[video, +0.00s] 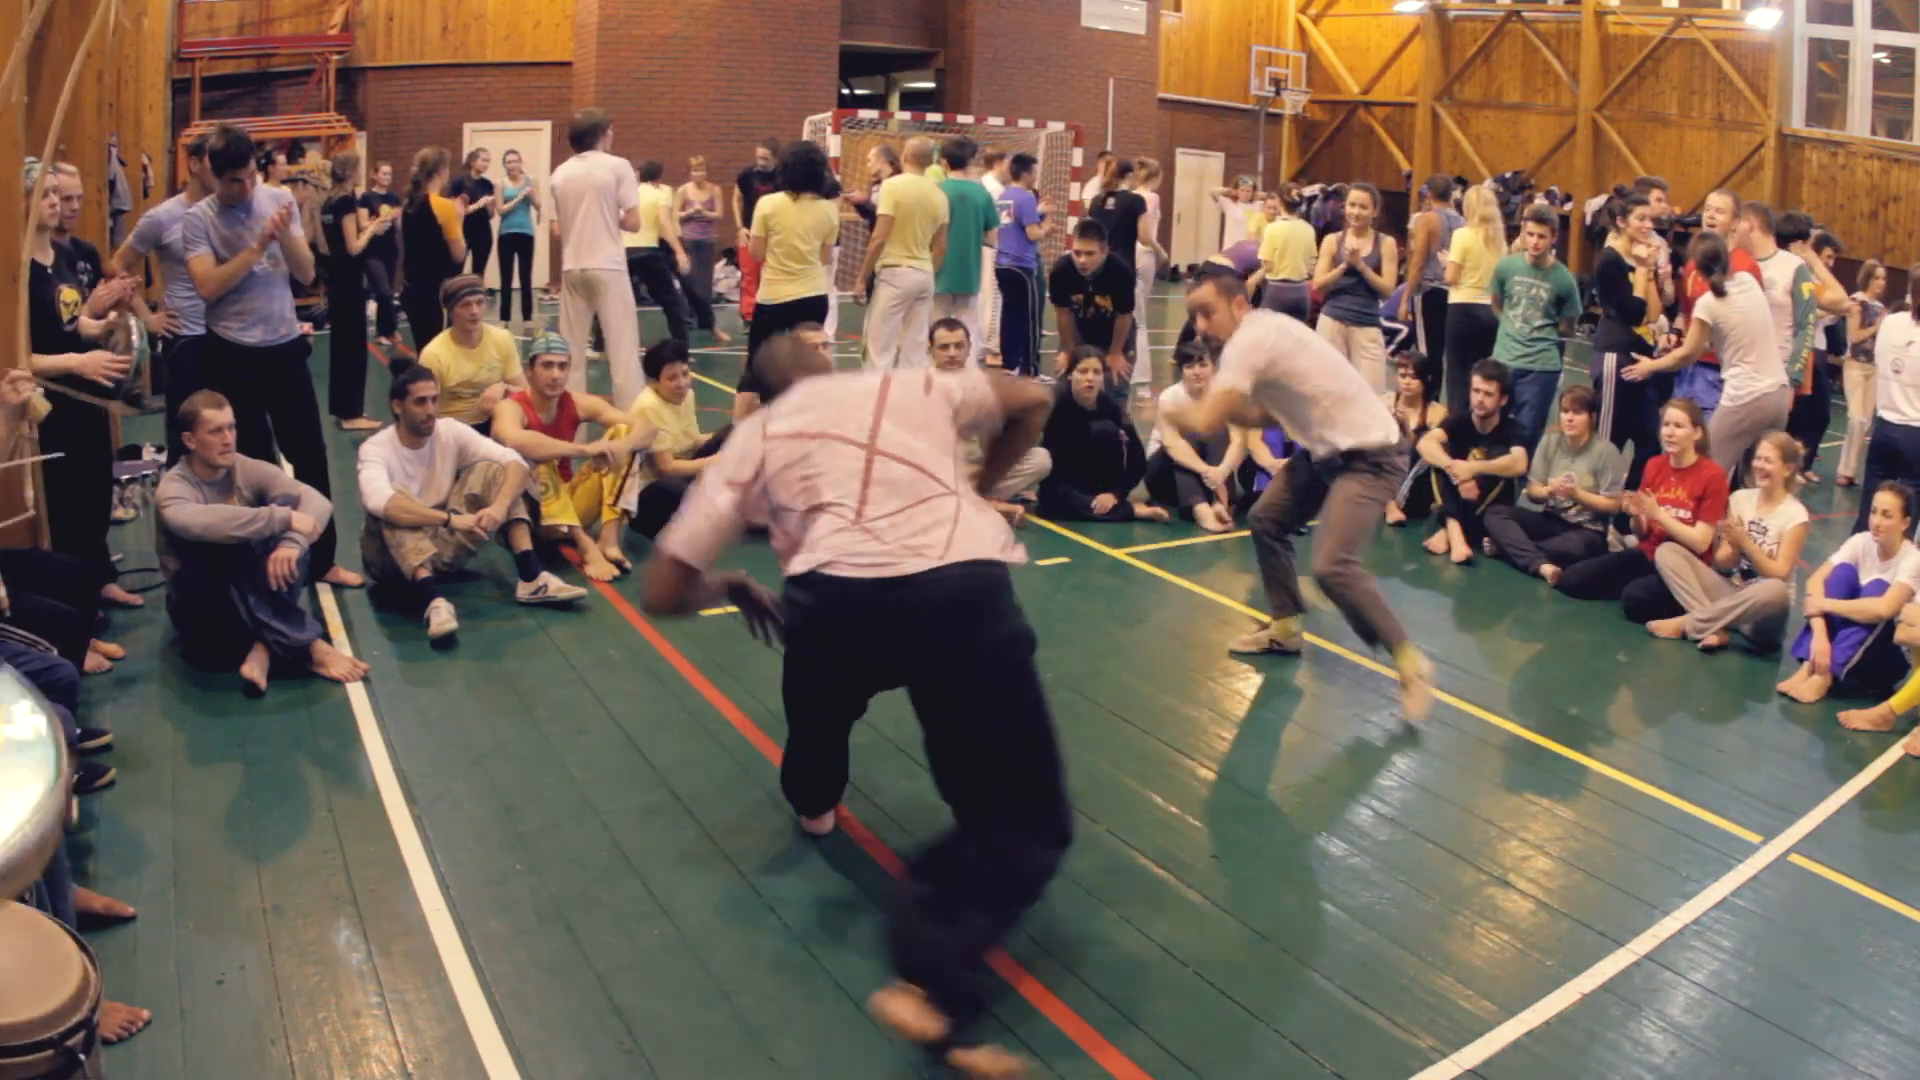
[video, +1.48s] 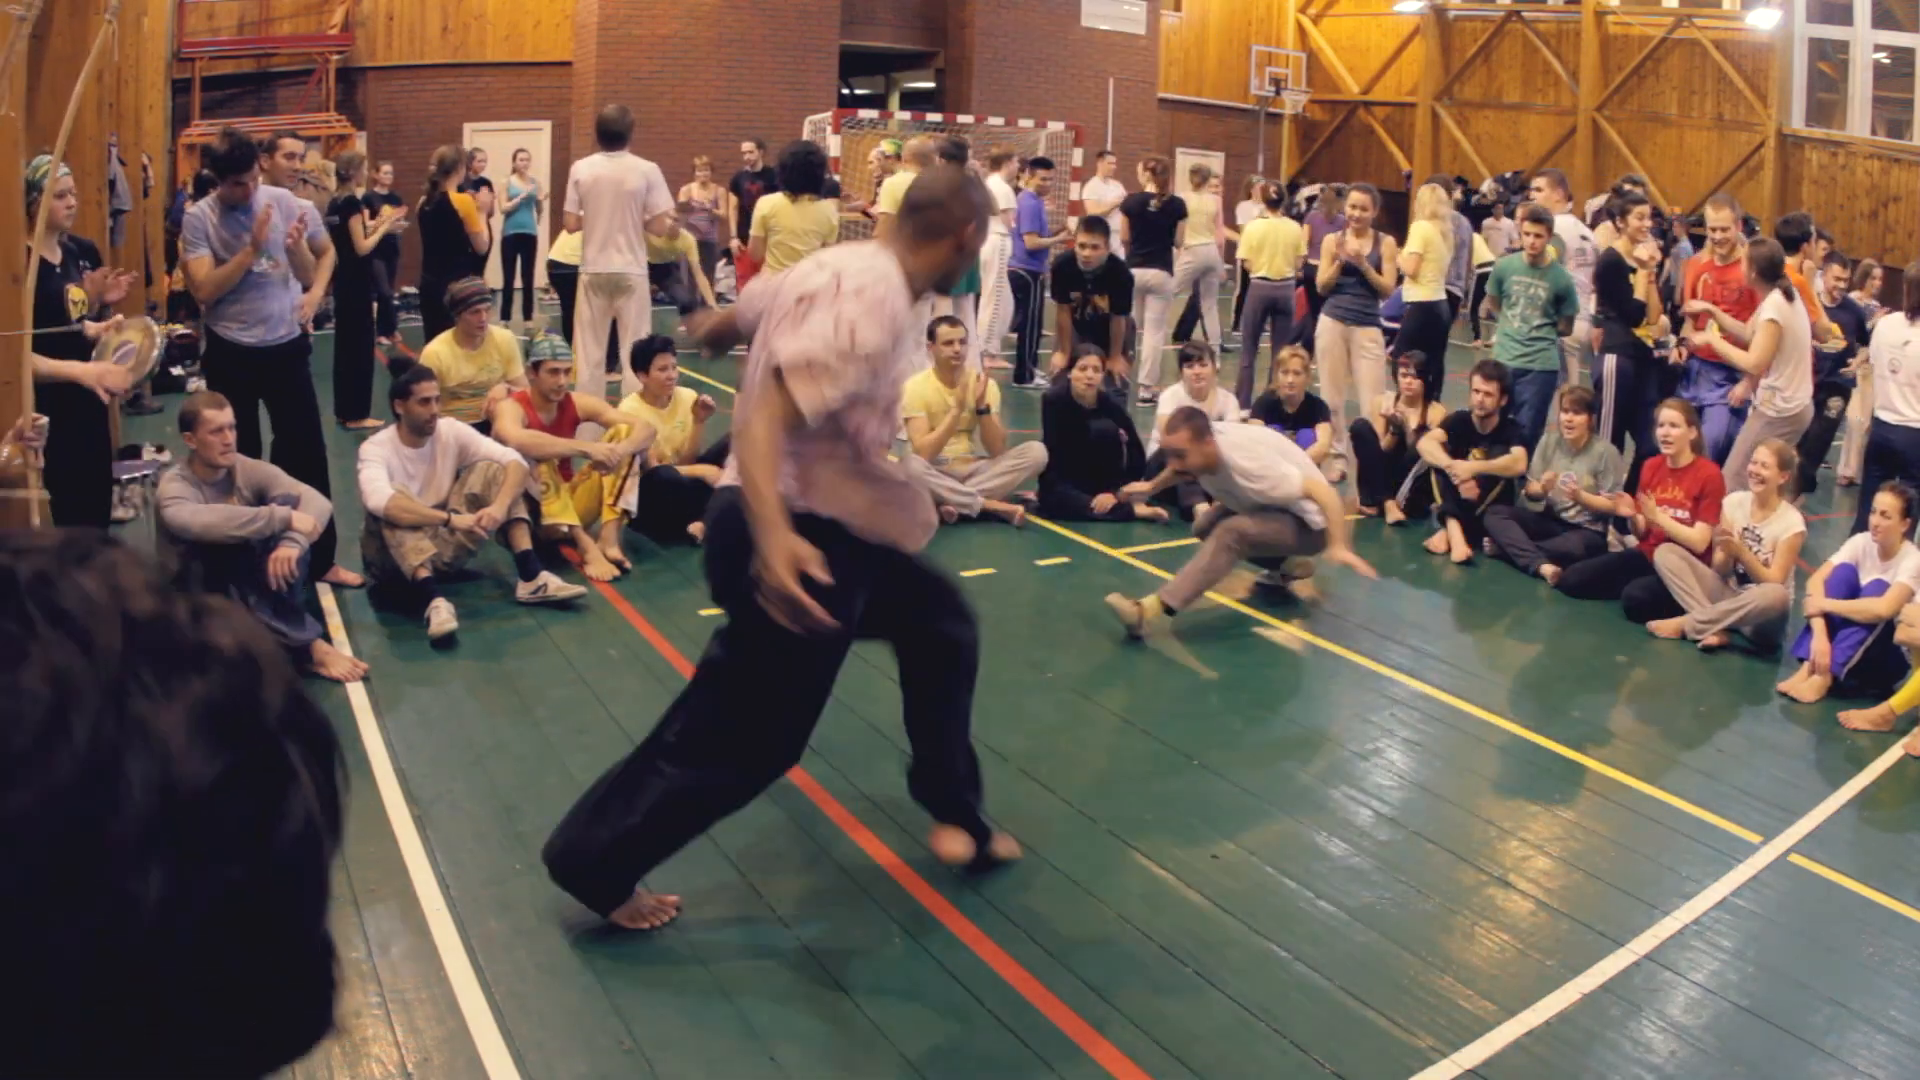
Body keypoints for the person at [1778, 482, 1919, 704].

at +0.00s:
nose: (1876, 521)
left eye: (1886, 515)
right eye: (1874, 512)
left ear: (1905, 523)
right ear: (1868, 512)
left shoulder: (1912, 559)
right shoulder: (1860, 542)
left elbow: (1885, 610)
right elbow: (1814, 581)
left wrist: (1823, 604)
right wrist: (1820, 638)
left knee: (1877, 587)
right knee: (1843, 572)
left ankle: (1823, 676)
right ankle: (1807, 666)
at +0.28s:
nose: (1876, 521)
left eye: (1886, 515)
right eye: (1874, 512)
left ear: (1905, 524)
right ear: (1869, 512)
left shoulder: (1912, 559)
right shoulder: (1860, 542)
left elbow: (1885, 609)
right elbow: (1814, 581)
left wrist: (1823, 604)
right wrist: (1820, 638)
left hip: (1880, 667)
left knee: (1877, 587)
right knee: (1843, 572)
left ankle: (1823, 676)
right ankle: (1808, 666)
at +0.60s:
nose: (1876, 521)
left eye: (1887, 516)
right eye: (1874, 512)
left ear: (1905, 524)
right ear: (1869, 513)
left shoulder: (1912, 559)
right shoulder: (1860, 542)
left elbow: (1885, 610)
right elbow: (1814, 581)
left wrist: (1823, 604)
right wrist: (1820, 638)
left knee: (1877, 587)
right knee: (1843, 572)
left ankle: (1823, 676)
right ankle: (1807, 666)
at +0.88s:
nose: (1877, 522)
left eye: (1887, 516)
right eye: (1874, 513)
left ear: (1906, 524)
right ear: (1869, 513)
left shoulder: (1913, 559)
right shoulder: (1860, 542)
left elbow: (1885, 610)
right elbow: (1814, 581)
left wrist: (1823, 604)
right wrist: (1820, 638)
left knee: (1877, 587)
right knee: (1843, 572)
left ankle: (1824, 676)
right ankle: (1807, 666)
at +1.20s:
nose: (1876, 522)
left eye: (1886, 516)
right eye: (1874, 512)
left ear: (1906, 524)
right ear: (1869, 513)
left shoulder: (1913, 559)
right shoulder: (1860, 542)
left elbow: (1885, 610)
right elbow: (1815, 581)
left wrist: (1823, 604)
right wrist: (1820, 638)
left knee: (1877, 587)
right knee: (1843, 572)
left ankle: (1824, 676)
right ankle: (1807, 666)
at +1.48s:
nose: (1874, 521)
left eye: (1885, 516)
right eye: (1873, 512)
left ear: (1905, 525)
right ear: (1868, 512)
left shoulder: (1912, 559)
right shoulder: (1860, 542)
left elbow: (1885, 610)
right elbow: (1815, 581)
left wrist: (1823, 604)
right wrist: (1820, 637)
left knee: (1876, 587)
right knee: (1843, 572)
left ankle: (1823, 676)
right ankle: (1807, 666)